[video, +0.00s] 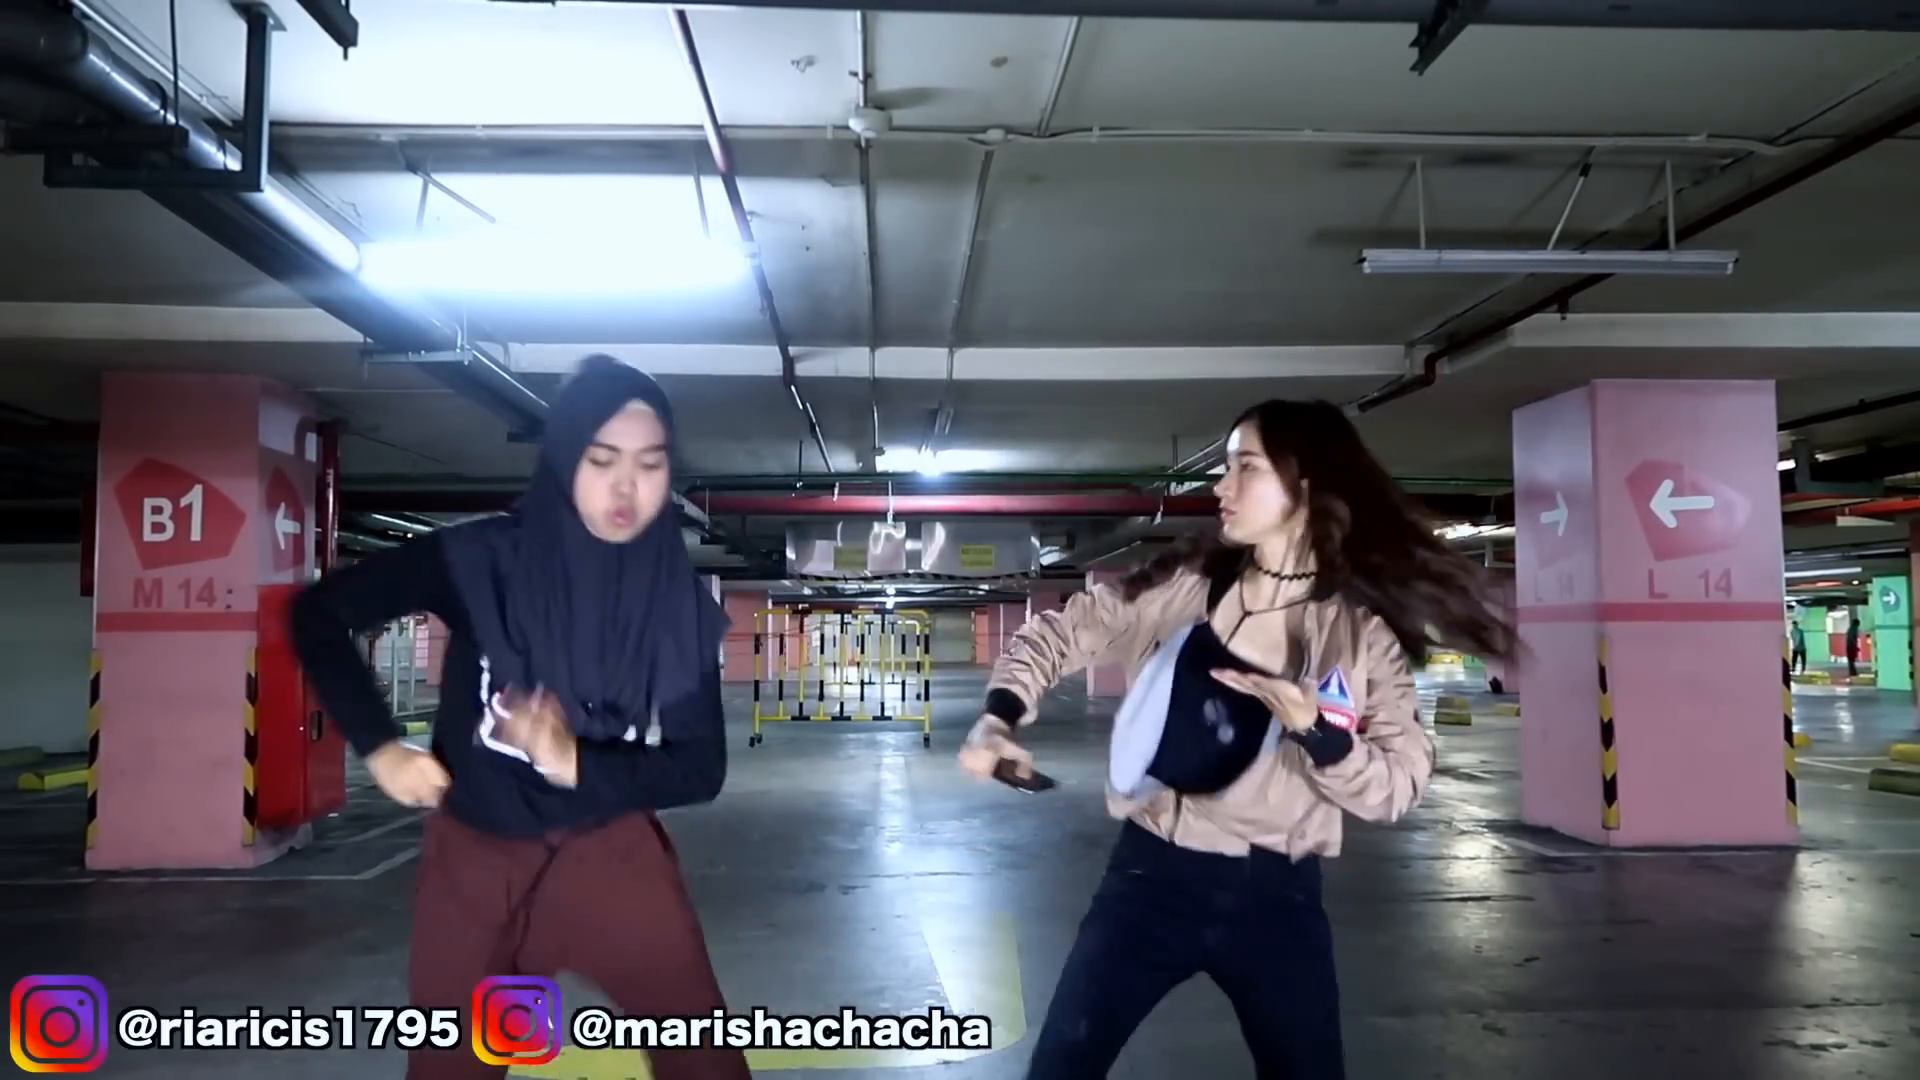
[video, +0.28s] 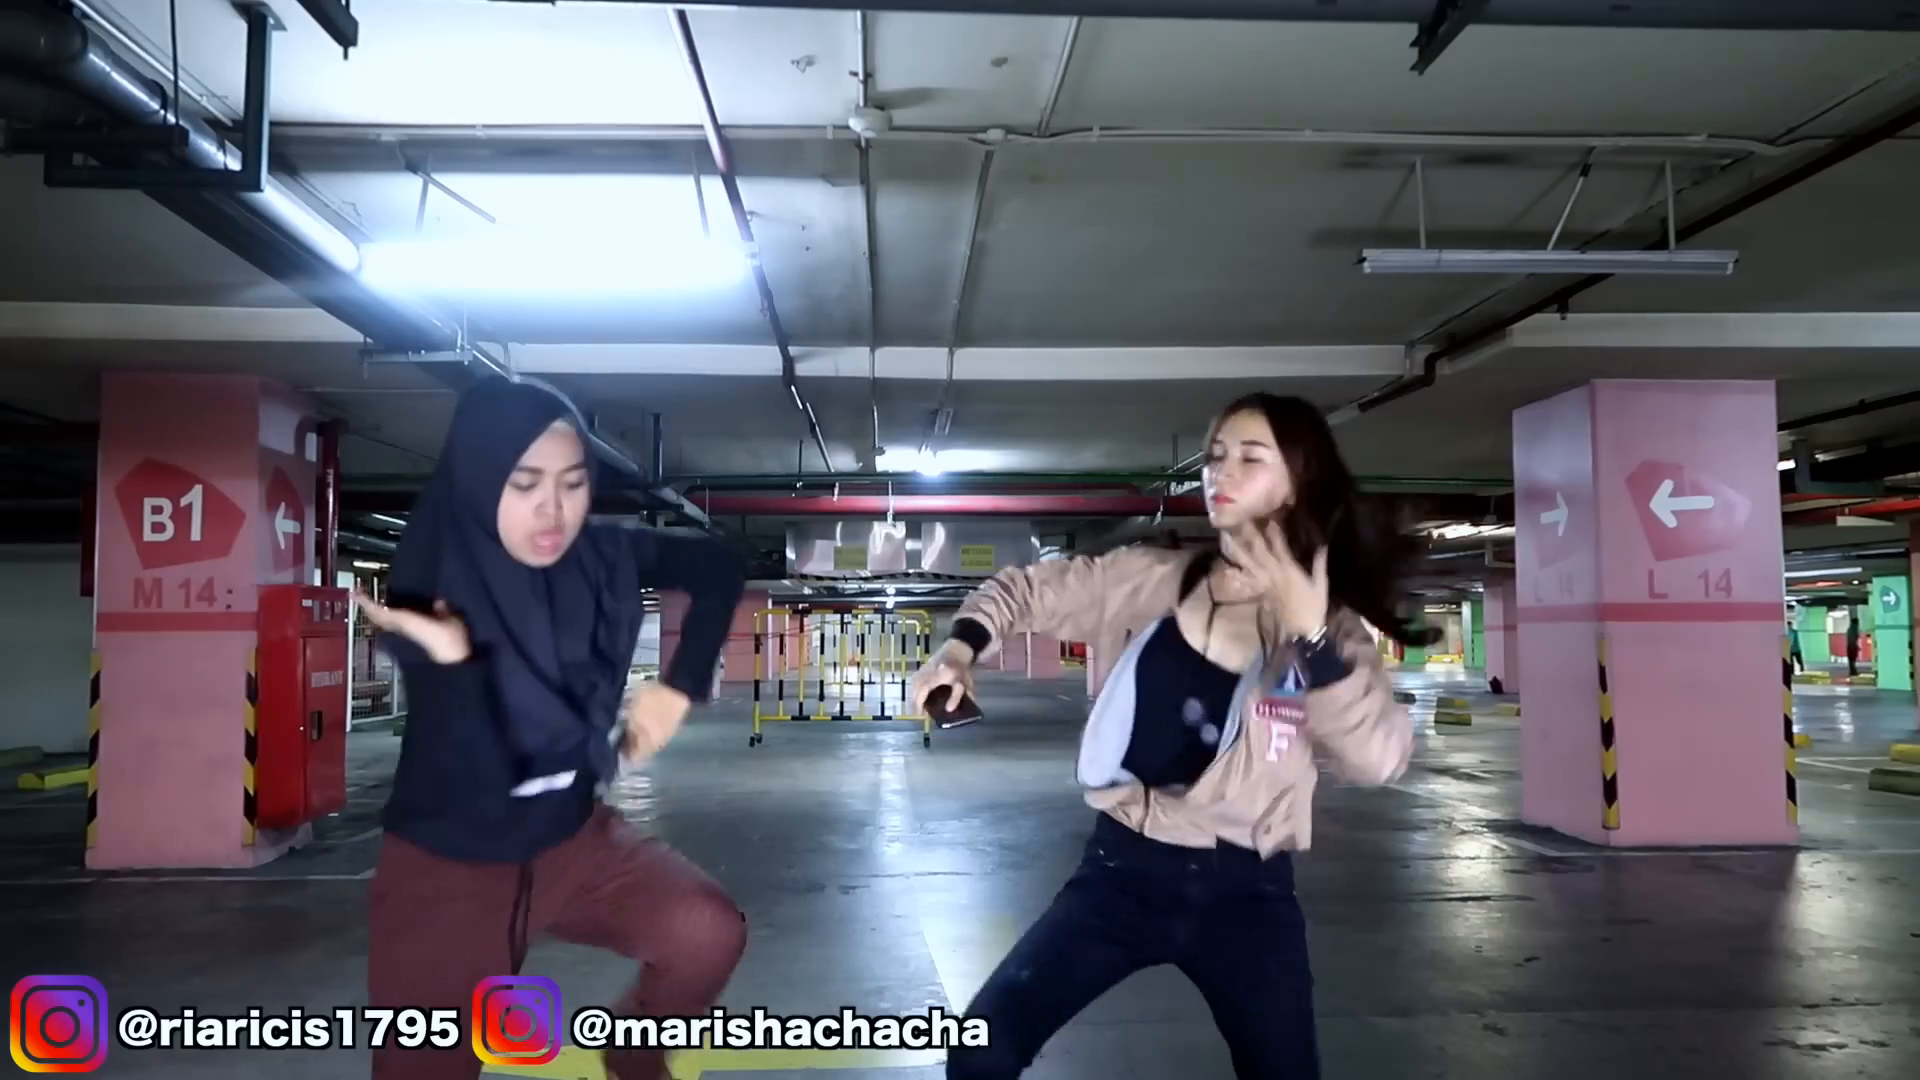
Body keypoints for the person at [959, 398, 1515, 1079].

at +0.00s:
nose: (1221, 485)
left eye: (1247, 467)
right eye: (1228, 465)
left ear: (1307, 488)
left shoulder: (1360, 632)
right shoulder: (1186, 589)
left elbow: (1396, 790)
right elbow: (1067, 630)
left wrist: (1313, 729)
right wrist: (1000, 715)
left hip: (1276, 895)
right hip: (1150, 877)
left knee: (1307, 1071)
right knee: (1060, 1065)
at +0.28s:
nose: (1219, 474)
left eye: (1249, 458)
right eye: (1214, 455)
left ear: (1298, 483)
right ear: (1203, 470)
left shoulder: (1333, 631)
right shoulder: (1149, 579)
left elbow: (1379, 760)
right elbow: (1023, 591)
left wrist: (1309, 637)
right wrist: (959, 648)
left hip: (1247, 896)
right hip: (1119, 878)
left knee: (1286, 1070)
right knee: (980, 1044)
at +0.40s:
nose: (1213, 449)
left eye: (1232, 432)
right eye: (1191, 432)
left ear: (1256, 457)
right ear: (1156, 456)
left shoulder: (1293, 591)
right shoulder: (1096, 567)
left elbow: (1400, 709)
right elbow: (982, 631)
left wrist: (1358, 626)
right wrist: (950, 678)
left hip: (1214, 857)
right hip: (1087, 849)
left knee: (1242, 1067)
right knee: (1037, 1062)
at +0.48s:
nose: (1182, 456)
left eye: (1194, 440)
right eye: (1157, 438)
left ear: (1207, 459)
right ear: (1106, 461)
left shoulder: (1246, 592)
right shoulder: (1044, 594)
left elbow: (1317, 691)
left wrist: (1338, 716)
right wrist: (988, 729)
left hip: (1203, 872)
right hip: (1079, 872)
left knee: (1259, 1066)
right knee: (1044, 1068)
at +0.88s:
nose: (1140, 461)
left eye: (1147, 441)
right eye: (1119, 443)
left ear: (1160, 449)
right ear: (1078, 459)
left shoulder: (1242, 560)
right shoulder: (1039, 603)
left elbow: (1320, 655)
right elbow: (1033, 782)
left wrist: (1368, 763)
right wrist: (1011, 674)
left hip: (1278, 838)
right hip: (1155, 863)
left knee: (1327, 1061)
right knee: (1135, 1068)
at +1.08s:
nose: (1144, 456)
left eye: (1158, 434)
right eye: (1119, 443)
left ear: (1181, 445)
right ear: (1089, 467)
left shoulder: (1256, 551)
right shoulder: (1058, 604)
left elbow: (1359, 582)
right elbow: (969, 735)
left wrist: (1408, 690)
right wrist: (1015, 672)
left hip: (1292, 831)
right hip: (1175, 862)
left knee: (1386, 1048)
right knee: (1162, 1064)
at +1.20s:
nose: (1152, 442)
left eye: (1169, 417)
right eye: (1129, 428)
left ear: (1203, 431)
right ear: (1109, 455)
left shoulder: (1296, 537)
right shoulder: (1095, 577)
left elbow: (1397, 613)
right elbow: (1056, 702)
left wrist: (1444, 735)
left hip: (1314, 820)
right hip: (1191, 838)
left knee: (1341, 1060)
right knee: (1176, 1060)